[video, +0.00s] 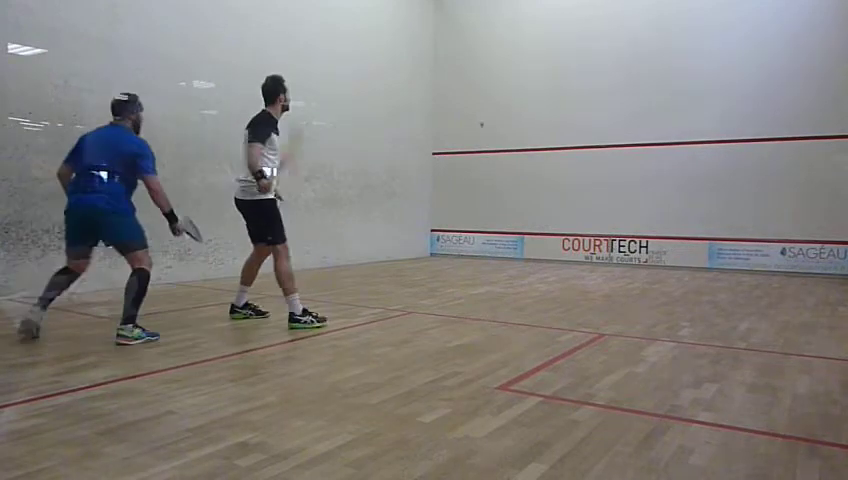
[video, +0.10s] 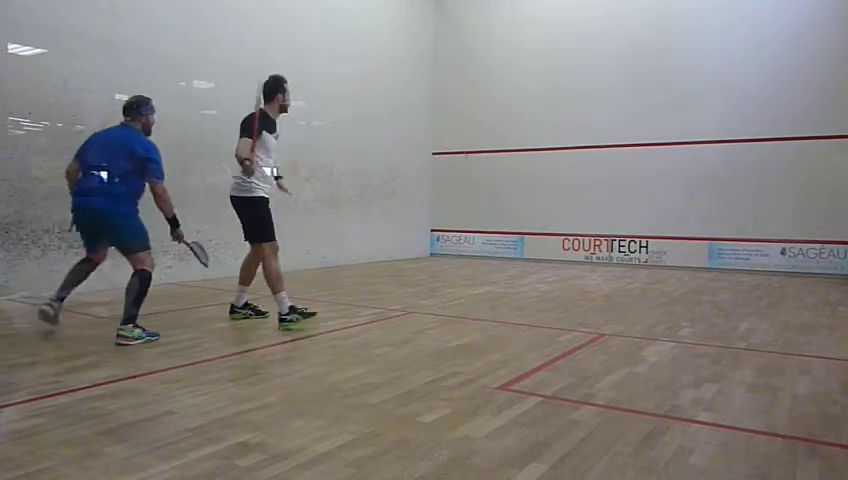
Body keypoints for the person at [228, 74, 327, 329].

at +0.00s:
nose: (288, 98)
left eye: (286, 94)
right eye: (286, 94)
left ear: (268, 97)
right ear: (280, 97)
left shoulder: (268, 123)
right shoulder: (263, 123)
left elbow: (264, 159)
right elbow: (253, 158)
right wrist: (261, 178)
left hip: (253, 197)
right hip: (259, 198)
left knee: (262, 249)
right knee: (281, 251)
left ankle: (239, 303)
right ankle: (297, 312)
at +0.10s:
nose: (288, 100)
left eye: (287, 95)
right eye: (286, 95)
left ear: (271, 96)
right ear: (278, 96)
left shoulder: (271, 123)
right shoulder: (254, 120)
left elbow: (265, 155)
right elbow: (241, 153)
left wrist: (276, 177)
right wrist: (247, 164)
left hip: (255, 193)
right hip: (250, 194)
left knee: (257, 251)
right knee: (270, 250)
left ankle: (239, 303)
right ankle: (285, 310)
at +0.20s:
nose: (290, 102)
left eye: (290, 97)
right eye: (287, 97)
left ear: (278, 97)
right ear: (276, 97)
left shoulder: (272, 123)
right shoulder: (249, 119)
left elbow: (273, 148)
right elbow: (235, 146)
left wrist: (282, 169)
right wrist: (240, 155)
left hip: (254, 191)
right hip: (244, 191)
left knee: (256, 248)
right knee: (264, 246)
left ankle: (239, 304)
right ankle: (264, 309)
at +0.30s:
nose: (291, 106)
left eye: (292, 101)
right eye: (288, 100)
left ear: (280, 100)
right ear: (275, 98)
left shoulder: (272, 120)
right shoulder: (248, 119)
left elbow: (275, 137)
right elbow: (232, 146)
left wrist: (283, 160)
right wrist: (242, 155)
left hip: (252, 189)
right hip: (241, 189)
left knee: (256, 247)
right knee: (257, 246)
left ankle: (240, 304)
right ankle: (245, 309)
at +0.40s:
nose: (290, 111)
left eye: (292, 107)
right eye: (288, 105)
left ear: (279, 103)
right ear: (274, 100)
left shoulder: (272, 125)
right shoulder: (247, 120)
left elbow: (260, 152)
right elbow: (230, 150)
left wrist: (274, 158)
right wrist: (251, 160)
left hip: (253, 192)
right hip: (239, 192)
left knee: (257, 248)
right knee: (250, 249)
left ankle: (241, 304)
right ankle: (238, 312)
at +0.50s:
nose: (292, 111)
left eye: (294, 106)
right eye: (289, 105)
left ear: (284, 103)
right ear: (276, 101)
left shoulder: (273, 123)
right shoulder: (246, 124)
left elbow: (261, 153)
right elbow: (238, 160)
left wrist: (268, 163)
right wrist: (256, 165)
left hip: (253, 192)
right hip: (238, 193)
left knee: (255, 249)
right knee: (246, 251)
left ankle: (240, 304)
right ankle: (237, 314)